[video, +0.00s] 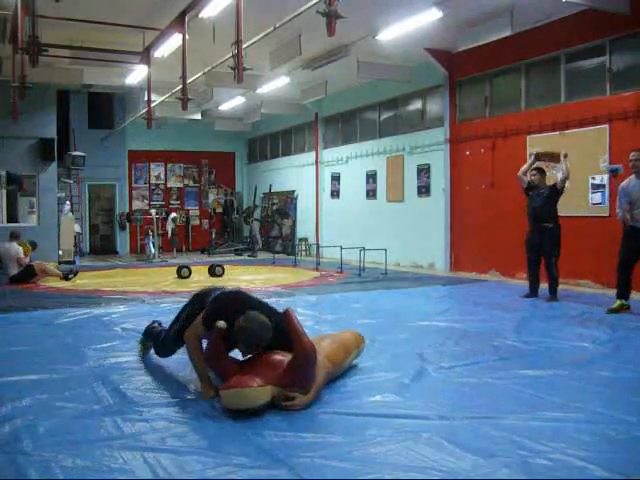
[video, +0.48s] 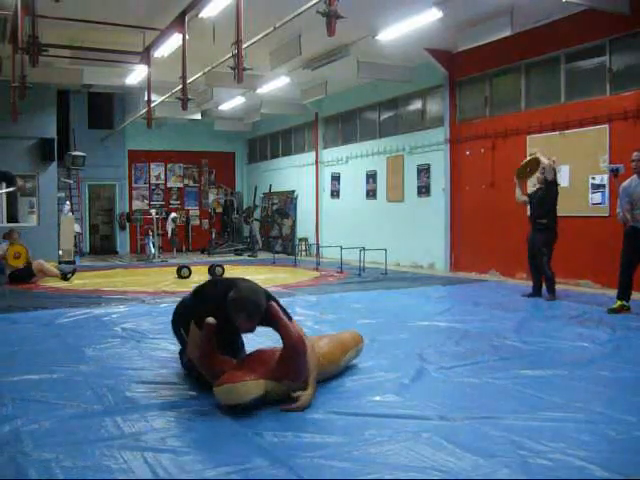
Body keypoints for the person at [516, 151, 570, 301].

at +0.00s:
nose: (532, 177)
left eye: (535, 174)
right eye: (531, 175)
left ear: (543, 177)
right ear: (530, 178)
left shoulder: (553, 190)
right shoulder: (530, 191)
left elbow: (565, 177)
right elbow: (520, 174)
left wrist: (564, 161)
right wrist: (530, 162)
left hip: (550, 228)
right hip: (534, 228)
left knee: (550, 261)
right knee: (532, 261)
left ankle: (553, 292)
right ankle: (533, 290)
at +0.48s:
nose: (537, 176)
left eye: (540, 174)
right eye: (538, 173)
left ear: (545, 176)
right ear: (541, 177)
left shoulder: (549, 189)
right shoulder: (537, 192)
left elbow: (549, 166)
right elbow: (520, 198)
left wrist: (538, 156)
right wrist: (518, 182)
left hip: (546, 227)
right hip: (536, 227)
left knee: (543, 259)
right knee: (533, 259)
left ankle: (551, 291)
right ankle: (536, 289)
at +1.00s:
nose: (524, 180)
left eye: (527, 178)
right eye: (525, 178)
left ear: (535, 182)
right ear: (533, 182)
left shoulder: (539, 195)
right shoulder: (534, 196)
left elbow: (539, 211)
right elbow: (538, 216)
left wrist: (517, 214)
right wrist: (526, 223)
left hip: (550, 232)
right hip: (541, 232)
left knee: (544, 259)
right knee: (535, 260)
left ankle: (551, 292)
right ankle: (536, 290)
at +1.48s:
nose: (514, 183)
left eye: (517, 180)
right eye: (514, 180)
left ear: (526, 182)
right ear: (523, 183)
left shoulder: (536, 193)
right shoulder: (526, 199)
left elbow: (541, 204)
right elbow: (533, 219)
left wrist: (520, 214)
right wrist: (522, 227)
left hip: (549, 230)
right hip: (537, 231)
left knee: (548, 260)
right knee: (535, 260)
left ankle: (553, 292)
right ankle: (536, 290)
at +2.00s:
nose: (536, 176)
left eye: (538, 174)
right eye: (537, 174)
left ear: (539, 176)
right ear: (549, 179)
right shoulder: (549, 195)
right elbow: (521, 189)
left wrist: (530, 182)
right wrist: (523, 181)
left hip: (537, 230)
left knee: (538, 260)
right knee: (532, 260)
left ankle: (550, 291)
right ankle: (535, 289)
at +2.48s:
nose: (542, 174)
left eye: (543, 172)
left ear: (545, 172)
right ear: (555, 173)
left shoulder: (545, 185)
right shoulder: (551, 184)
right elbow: (533, 177)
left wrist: (535, 223)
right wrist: (545, 165)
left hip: (546, 224)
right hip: (546, 223)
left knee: (544, 257)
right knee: (537, 256)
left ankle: (552, 291)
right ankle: (537, 288)